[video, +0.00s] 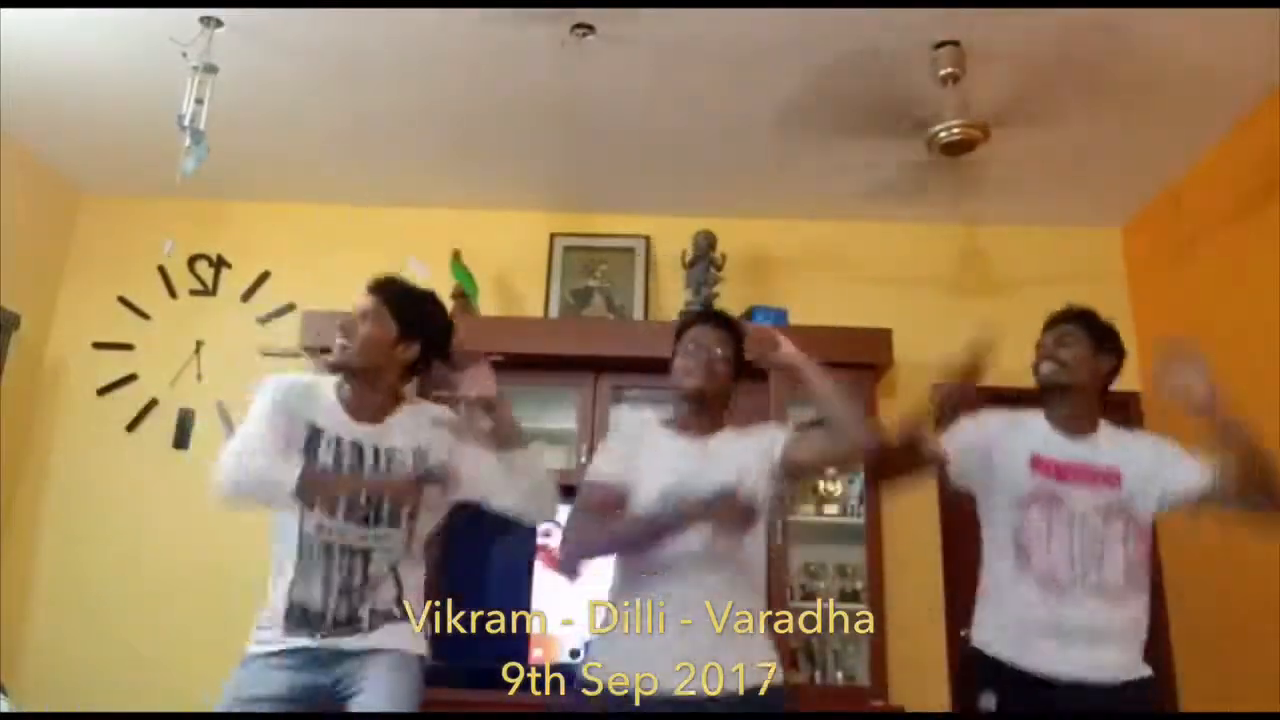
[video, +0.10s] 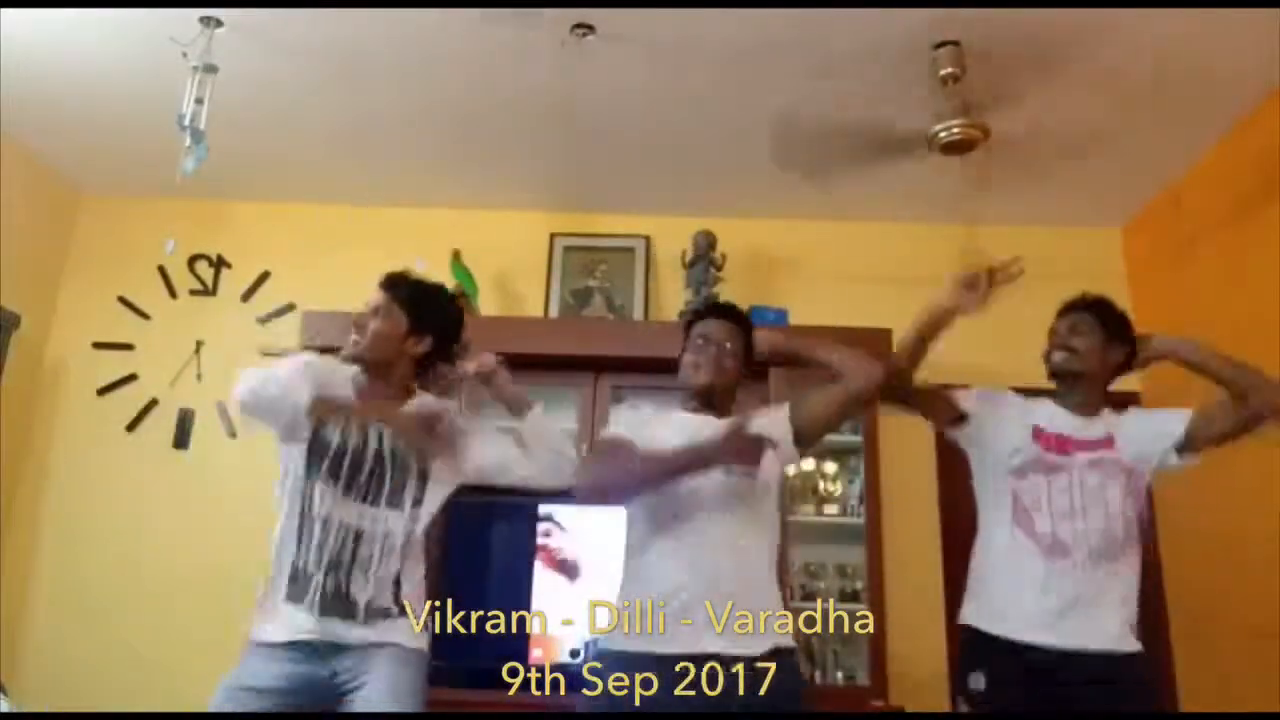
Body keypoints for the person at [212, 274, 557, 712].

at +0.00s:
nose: (345, 324)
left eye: (367, 318)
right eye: (354, 313)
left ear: (406, 351)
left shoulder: (437, 432)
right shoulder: (290, 398)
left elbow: (537, 505)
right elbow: (237, 474)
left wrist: (503, 428)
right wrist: (370, 488)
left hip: (384, 647)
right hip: (286, 641)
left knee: (386, 706)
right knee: (237, 707)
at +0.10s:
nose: (360, 320)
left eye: (379, 315)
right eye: (367, 310)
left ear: (416, 344)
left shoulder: (442, 428)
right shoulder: (319, 382)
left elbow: (557, 470)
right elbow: (250, 393)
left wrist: (509, 395)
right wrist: (383, 412)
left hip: (385, 644)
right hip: (289, 637)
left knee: (390, 706)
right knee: (228, 704)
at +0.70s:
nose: (380, 320)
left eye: (396, 312)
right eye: (386, 310)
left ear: (435, 337)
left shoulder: (467, 416)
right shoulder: (341, 386)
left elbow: (530, 395)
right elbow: (227, 338)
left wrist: (466, 331)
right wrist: (242, 321)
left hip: (364, 616)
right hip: (276, 594)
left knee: (360, 704)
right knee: (218, 694)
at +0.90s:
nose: (380, 330)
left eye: (395, 322)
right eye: (385, 320)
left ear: (432, 345)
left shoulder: (462, 423)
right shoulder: (337, 399)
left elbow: (531, 386)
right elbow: (241, 350)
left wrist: (469, 330)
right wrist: (233, 303)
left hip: (370, 659)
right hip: (278, 639)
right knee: (211, 708)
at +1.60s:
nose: (365, 324)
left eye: (382, 316)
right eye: (370, 314)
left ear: (426, 335)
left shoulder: (459, 422)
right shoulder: (332, 394)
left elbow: (529, 399)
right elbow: (250, 337)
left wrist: (465, 343)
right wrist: (205, 235)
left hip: (374, 649)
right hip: (278, 632)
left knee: (376, 702)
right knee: (212, 705)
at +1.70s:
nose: (373, 318)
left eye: (391, 310)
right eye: (376, 307)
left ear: (433, 332)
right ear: (372, 313)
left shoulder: (462, 413)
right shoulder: (337, 379)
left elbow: (521, 429)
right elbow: (244, 330)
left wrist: (469, 350)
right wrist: (174, 261)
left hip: (378, 633)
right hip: (284, 615)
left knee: (377, 704)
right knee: (218, 704)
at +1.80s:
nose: (396, 309)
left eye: (414, 299)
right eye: (389, 296)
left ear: (444, 315)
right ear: (379, 304)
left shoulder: (466, 401)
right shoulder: (340, 369)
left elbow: (516, 518)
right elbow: (246, 380)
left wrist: (466, 450)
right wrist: (163, 376)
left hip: (385, 607)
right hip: (290, 586)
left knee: (383, 707)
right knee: (238, 705)